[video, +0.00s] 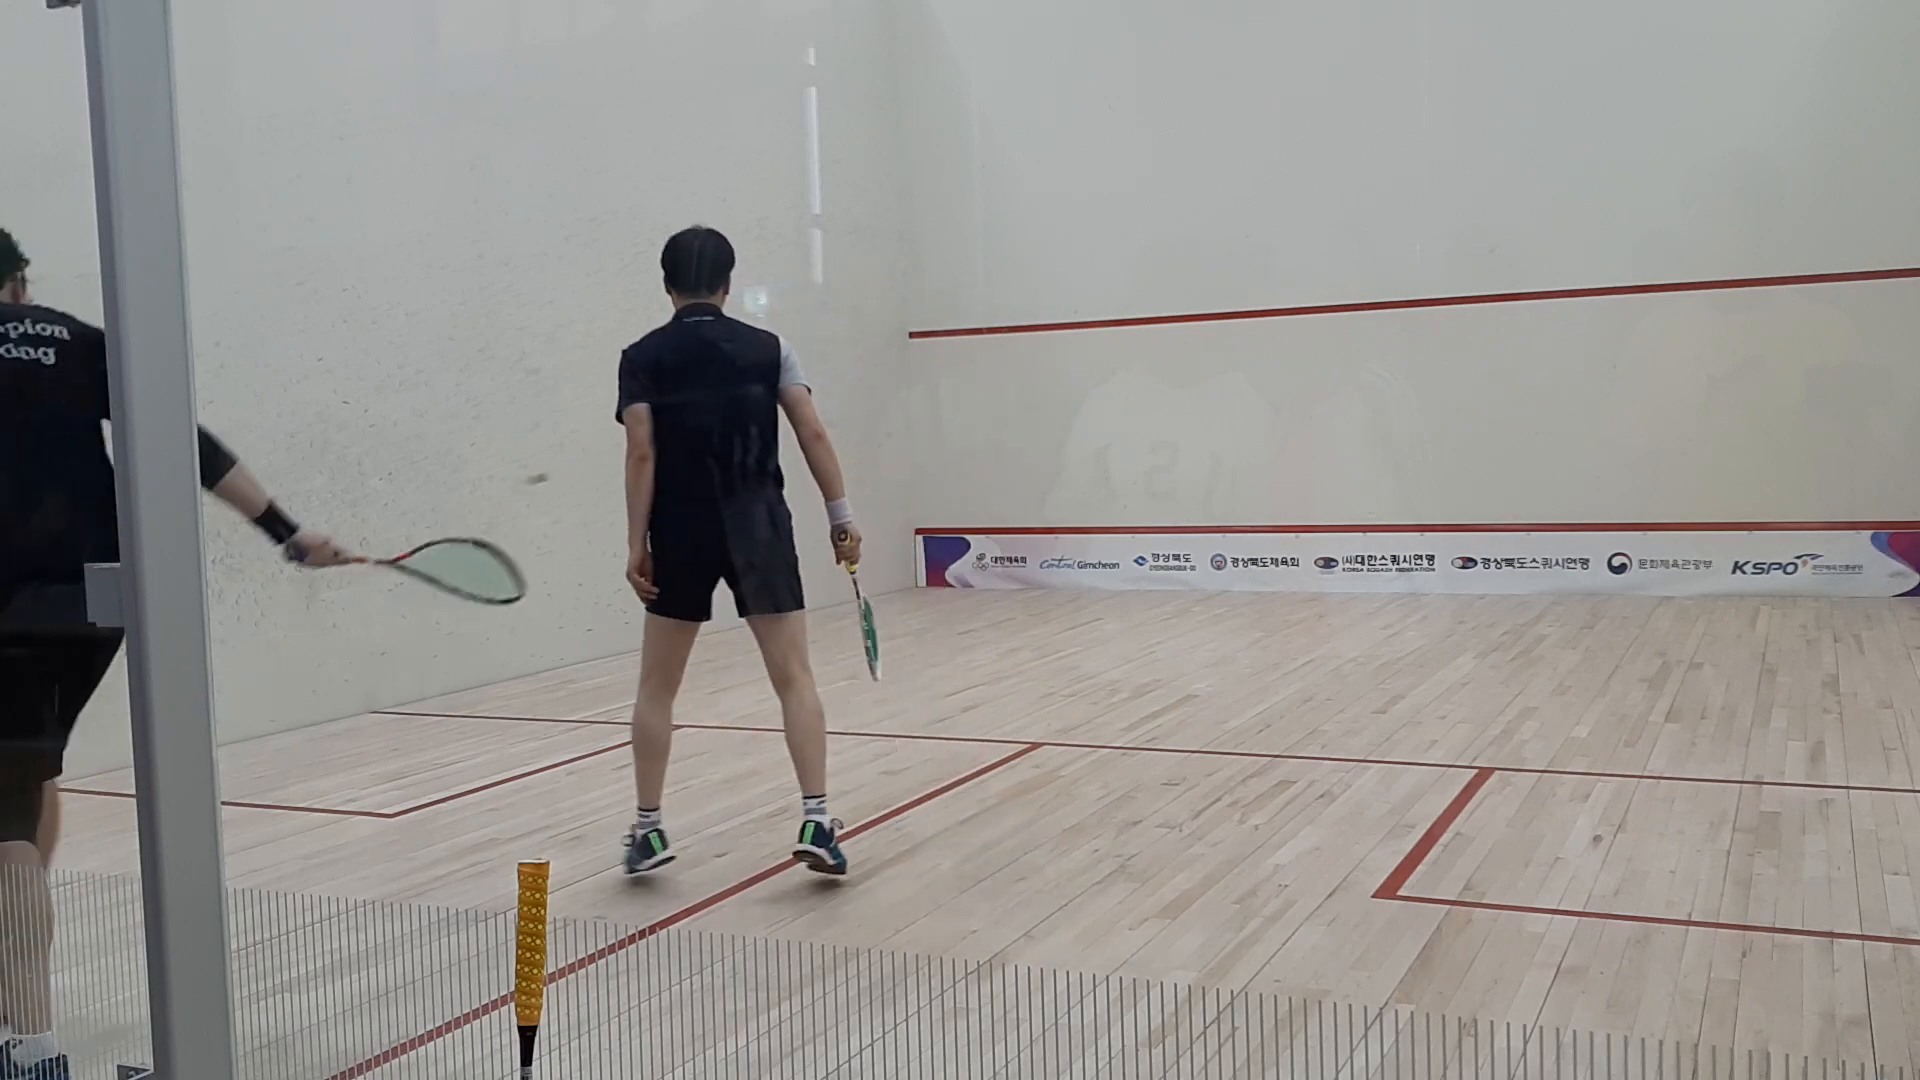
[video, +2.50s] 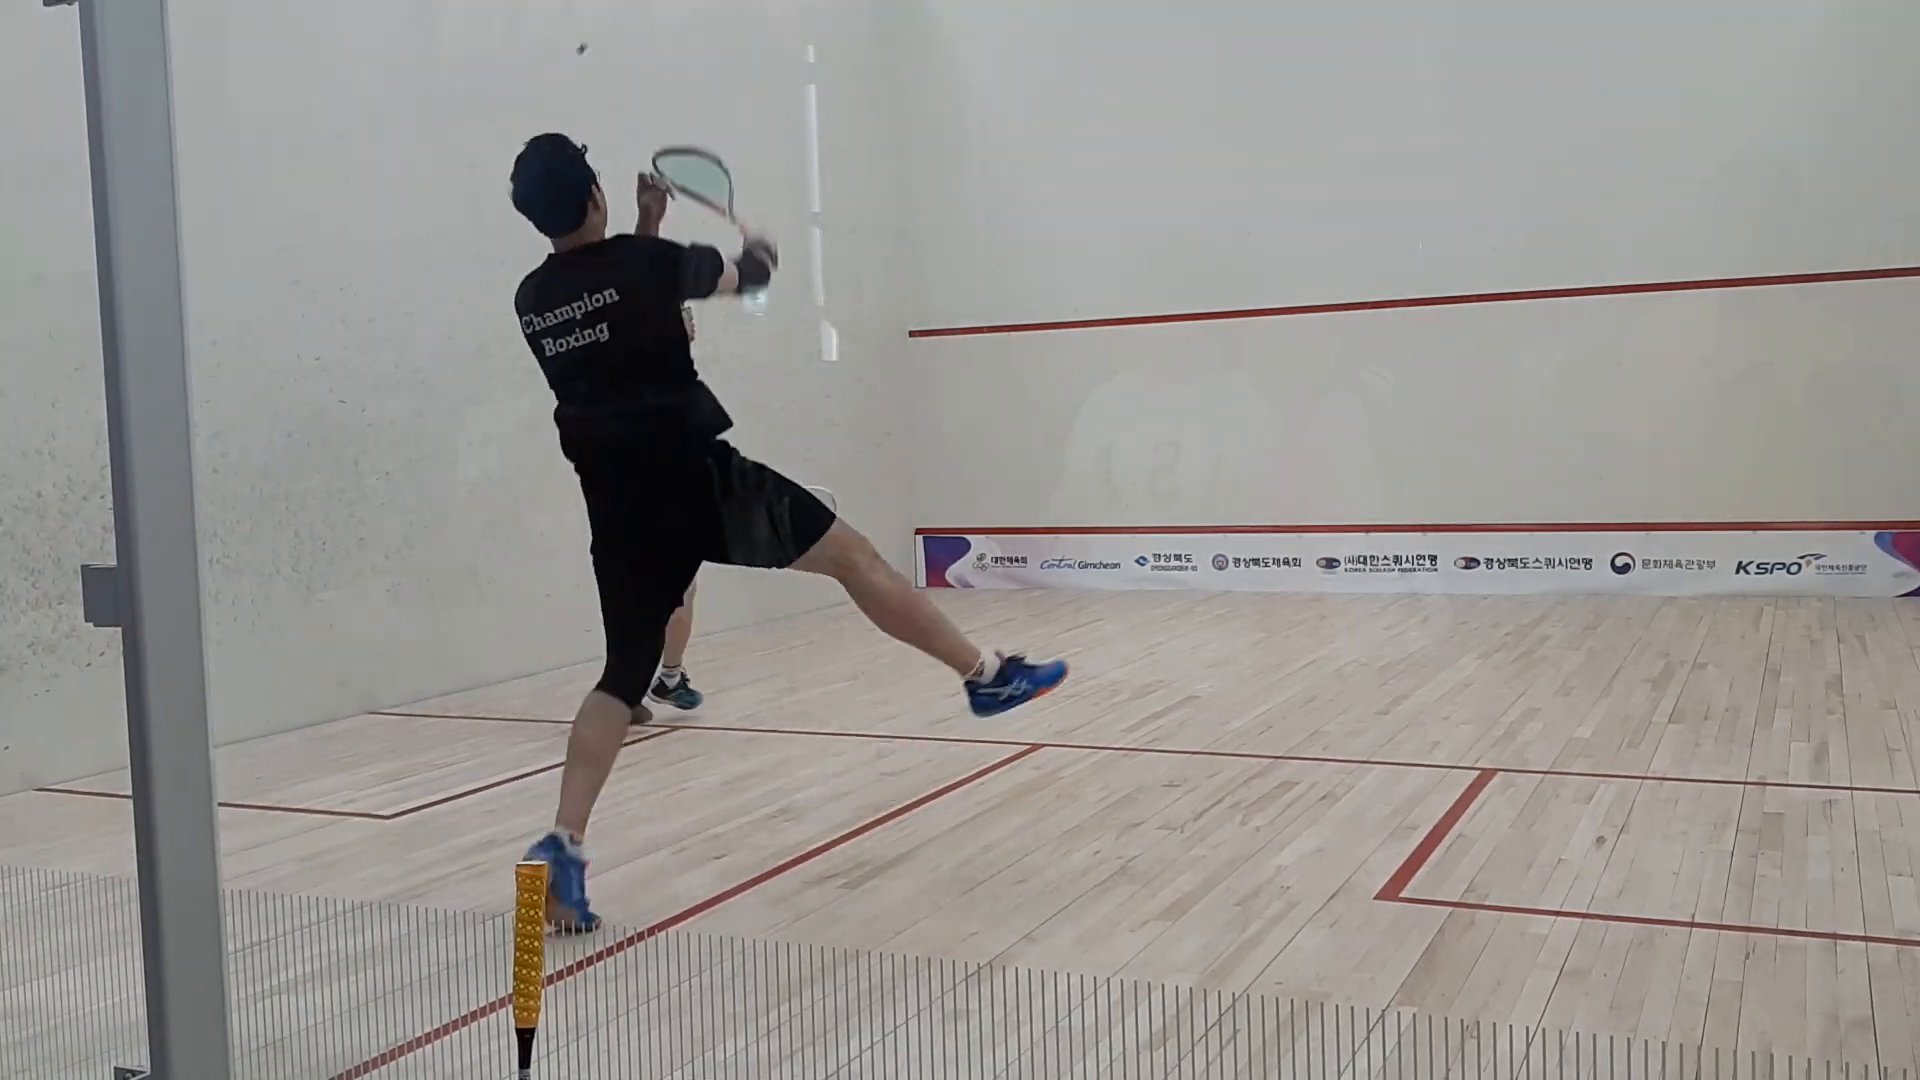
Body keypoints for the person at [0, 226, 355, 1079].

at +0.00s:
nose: (21, 289)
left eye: (17, 278)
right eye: (21, 279)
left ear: (1, 284)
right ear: (21, 280)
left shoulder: (57, 342)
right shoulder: (71, 343)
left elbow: (185, 439)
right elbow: (187, 440)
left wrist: (284, 527)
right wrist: (288, 530)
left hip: (28, 604)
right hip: (83, 601)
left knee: (22, 778)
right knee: (33, 772)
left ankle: (26, 1032)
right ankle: (26, 1027)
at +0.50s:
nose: (335, 235)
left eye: (327, 222)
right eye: (332, 222)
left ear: (249, 235)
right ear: (321, 229)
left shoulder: (194, 318)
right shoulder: (343, 307)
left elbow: (163, 454)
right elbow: (367, 429)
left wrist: (151, 580)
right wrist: (389, 534)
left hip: (226, 598)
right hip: (330, 592)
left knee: (242, 774)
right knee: (354, 781)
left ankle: (180, 982)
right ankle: (356, 1008)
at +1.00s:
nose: (486, 226)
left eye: (476, 214)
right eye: (484, 215)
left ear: (413, 227)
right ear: (477, 221)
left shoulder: (376, 314)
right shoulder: (506, 297)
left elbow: (367, 450)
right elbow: (538, 424)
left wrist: (390, 541)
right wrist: (593, 514)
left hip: (425, 549)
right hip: (518, 539)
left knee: (433, 707)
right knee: (561, 682)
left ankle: (423, 893)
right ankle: (531, 853)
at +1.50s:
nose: (627, 318)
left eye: (621, 310)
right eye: (626, 310)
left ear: (566, 319)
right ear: (620, 316)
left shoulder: (518, 383)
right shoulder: (639, 388)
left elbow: (474, 480)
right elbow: (681, 489)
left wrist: (458, 562)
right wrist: (744, 537)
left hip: (538, 571)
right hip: (618, 567)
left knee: (556, 669)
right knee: (732, 637)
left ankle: (512, 789)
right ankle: (727, 786)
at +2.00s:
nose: (711, 273)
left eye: (705, 262)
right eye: (707, 264)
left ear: (647, 282)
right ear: (701, 277)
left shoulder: (631, 347)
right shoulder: (689, 359)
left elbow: (677, 414)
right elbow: (756, 408)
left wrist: (733, 384)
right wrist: (812, 329)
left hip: (656, 548)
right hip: (722, 542)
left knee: (711, 669)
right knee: (800, 648)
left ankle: (660, 780)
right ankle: (801, 799)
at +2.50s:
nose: (602, 193)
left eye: (591, 185)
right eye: (596, 185)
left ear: (531, 219)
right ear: (593, 195)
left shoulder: (530, 298)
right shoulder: (649, 263)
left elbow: (616, 297)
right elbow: (751, 272)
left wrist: (647, 226)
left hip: (619, 509)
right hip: (704, 482)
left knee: (623, 673)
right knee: (852, 557)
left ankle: (562, 847)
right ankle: (985, 673)